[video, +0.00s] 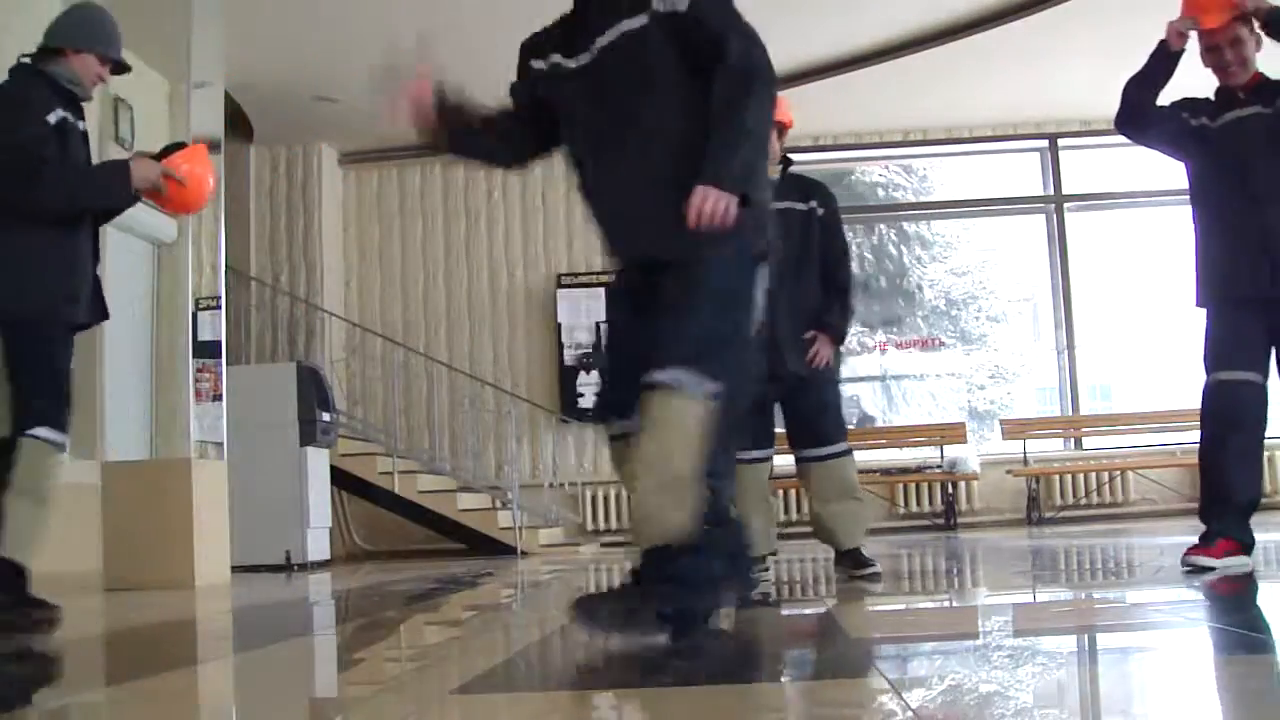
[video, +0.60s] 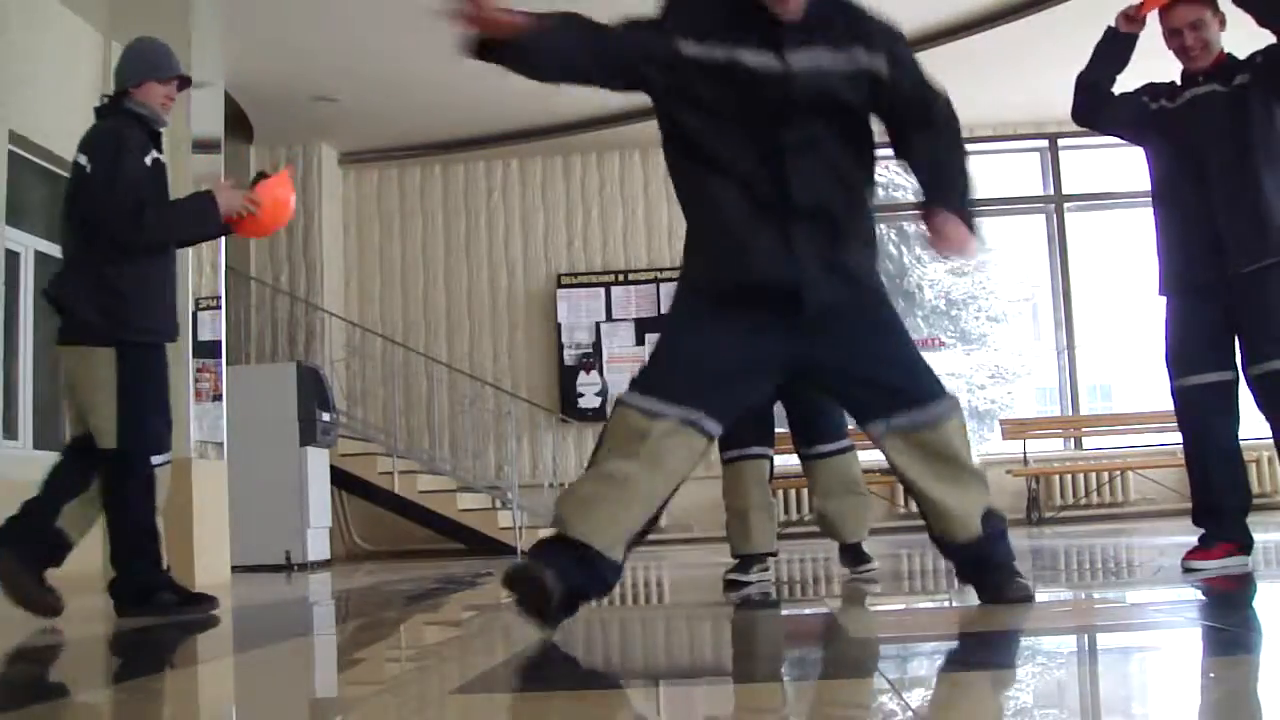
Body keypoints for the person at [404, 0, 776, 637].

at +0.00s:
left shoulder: (672, 4)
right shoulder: (548, 53)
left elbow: (747, 69)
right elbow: (525, 137)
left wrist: (724, 174)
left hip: (718, 236)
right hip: (645, 253)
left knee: (681, 402)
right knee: (631, 423)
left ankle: (673, 582)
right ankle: (713, 563)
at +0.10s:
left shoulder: (690, 6)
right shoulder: (557, 65)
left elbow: (754, 94)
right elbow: (556, 166)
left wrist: (707, 191)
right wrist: (505, 238)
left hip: (755, 231)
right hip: (665, 248)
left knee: (761, 394)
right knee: (660, 419)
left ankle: (784, 568)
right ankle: (701, 578)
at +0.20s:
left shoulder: (701, 16)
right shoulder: (578, 87)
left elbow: (762, 131)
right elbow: (584, 200)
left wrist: (710, 224)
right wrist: (540, 294)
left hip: (764, 246)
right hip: (673, 268)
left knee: (825, 396)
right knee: (655, 427)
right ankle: (702, 577)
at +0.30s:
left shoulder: (733, 10)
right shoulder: (592, 62)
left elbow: (799, 110)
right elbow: (582, 166)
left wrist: (748, 194)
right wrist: (519, 242)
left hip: (786, 264)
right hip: (681, 285)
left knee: (871, 397)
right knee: (668, 437)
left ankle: (966, 510)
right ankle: (703, 582)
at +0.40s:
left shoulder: (785, 4)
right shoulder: (618, 18)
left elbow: (853, 62)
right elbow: (579, 95)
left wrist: (802, 134)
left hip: (807, 238)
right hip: (697, 254)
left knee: (894, 360)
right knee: (685, 415)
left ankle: (944, 497)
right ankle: (683, 578)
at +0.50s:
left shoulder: (821, 3)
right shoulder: (641, 17)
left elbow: (895, 59)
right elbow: (552, 49)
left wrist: (874, 133)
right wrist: (447, 56)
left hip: (821, 235)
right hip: (711, 246)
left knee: (906, 370)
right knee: (672, 399)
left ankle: (960, 515)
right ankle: (632, 550)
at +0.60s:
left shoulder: (864, 38)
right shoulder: (686, 30)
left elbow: (926, 115)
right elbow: (598, 48)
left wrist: (948, 200)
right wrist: (520, 36)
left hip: (841, 292)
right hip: (726, 294)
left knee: (924, 423)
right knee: (653, 422)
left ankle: (987, 559)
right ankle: (570, 565)